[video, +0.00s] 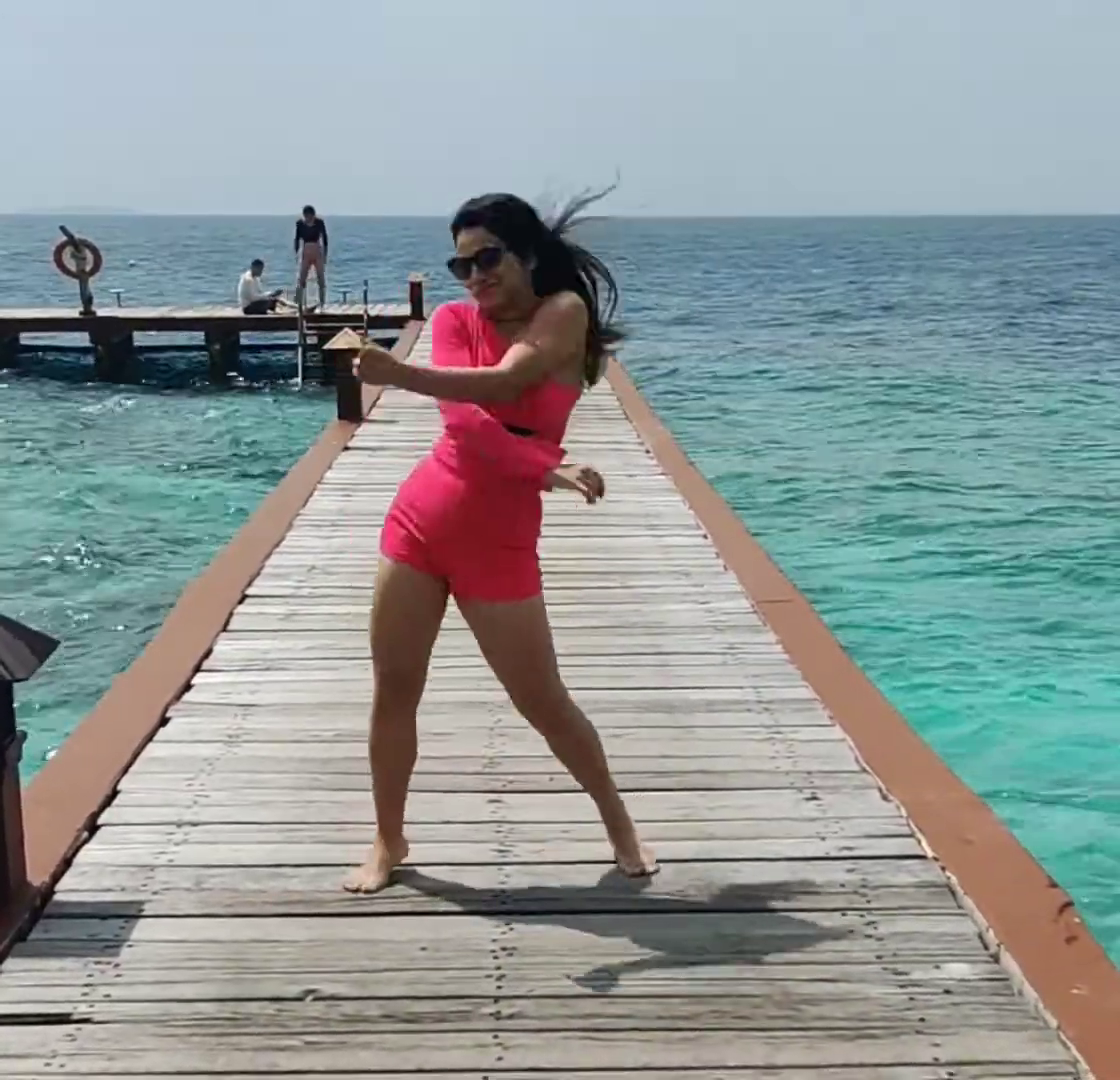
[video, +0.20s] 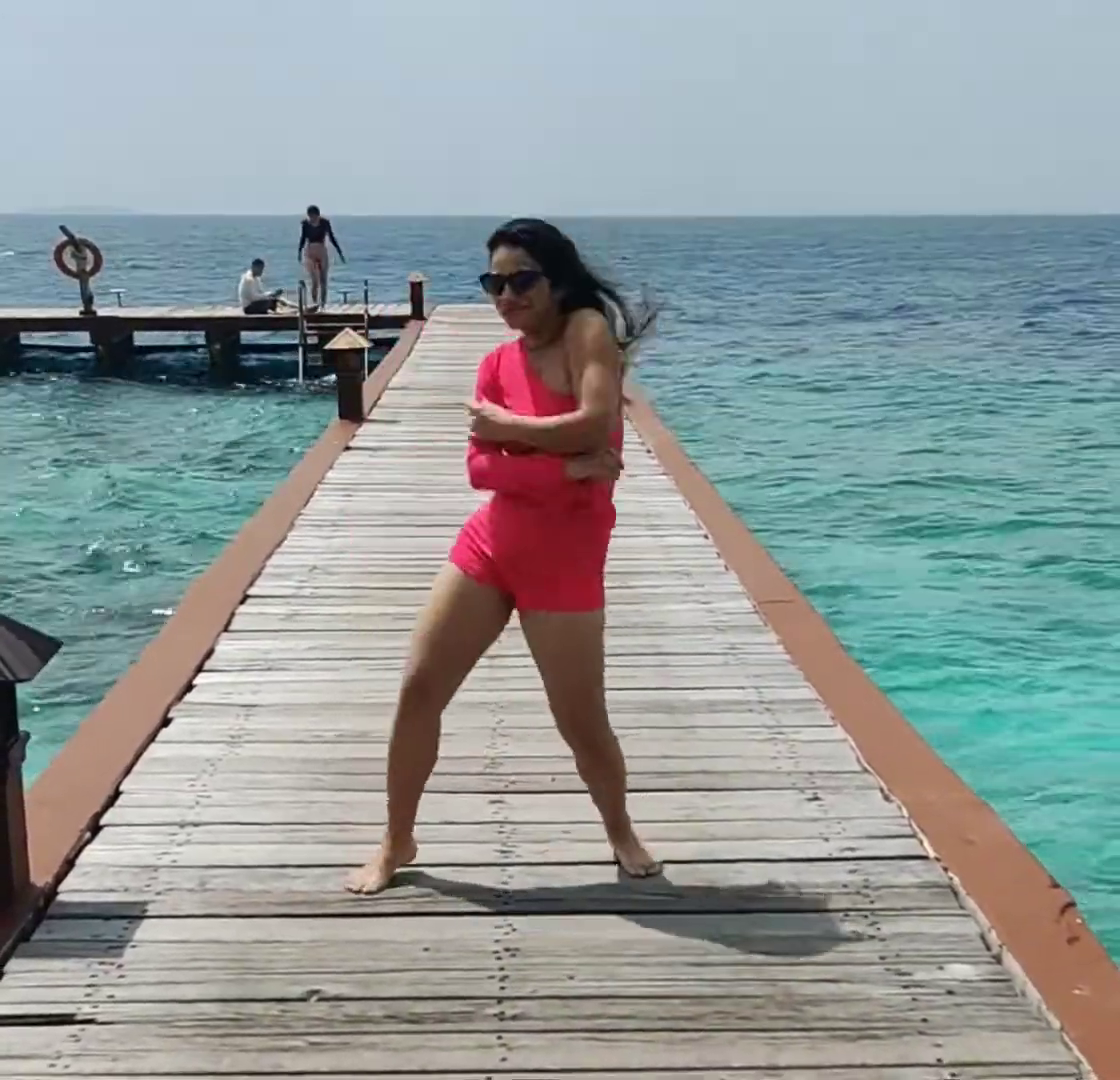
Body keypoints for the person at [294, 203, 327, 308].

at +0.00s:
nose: (308, 218)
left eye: (310, 216)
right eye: (306, 216)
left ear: (314, 215)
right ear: (304, 216)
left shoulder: (319, 223)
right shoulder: (300, 224)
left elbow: (325, 238)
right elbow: (297, 238)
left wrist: (325, 254)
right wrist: (296, 251)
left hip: (317, 249)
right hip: (306, 249)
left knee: (320, 279)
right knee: (302, 279)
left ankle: (322, 303)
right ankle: (299, 303)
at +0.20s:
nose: (313, 219)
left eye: (314, 217)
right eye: (311, 217)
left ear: (318, 215)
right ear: (308, 216)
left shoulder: (325, 223)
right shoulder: (305, 224)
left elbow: (331, 238)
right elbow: (303, 238)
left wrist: (340, 252)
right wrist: (299, 252)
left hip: (321, 250)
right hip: (310, 250)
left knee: (323, 279)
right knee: (314, 279)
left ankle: (323, 304)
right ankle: (315, 303)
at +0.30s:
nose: (313, 219)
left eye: (315, 216)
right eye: (311, 217)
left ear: (319, 215)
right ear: (309, 216)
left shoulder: (325, 223)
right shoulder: (306, 224)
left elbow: (333, 236)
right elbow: (304, 237)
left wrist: (343, 251)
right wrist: (301, 250)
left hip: (323, 250)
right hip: (312, 251)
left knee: (324, 278)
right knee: (316, 278)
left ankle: (322, 304)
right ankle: (318, 301)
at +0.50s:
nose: (308, 219)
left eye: (309, 217)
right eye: (306, 217)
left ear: (314, 215)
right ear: (305, 217)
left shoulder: (323, 223)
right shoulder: (305, 226)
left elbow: (331, 237)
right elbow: (302, 240)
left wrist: (340, 252)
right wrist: (299, 253)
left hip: (323, 252)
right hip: (310, 253)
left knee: (326, 279)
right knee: (315, 279)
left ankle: (321, 302)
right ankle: (318, 304)